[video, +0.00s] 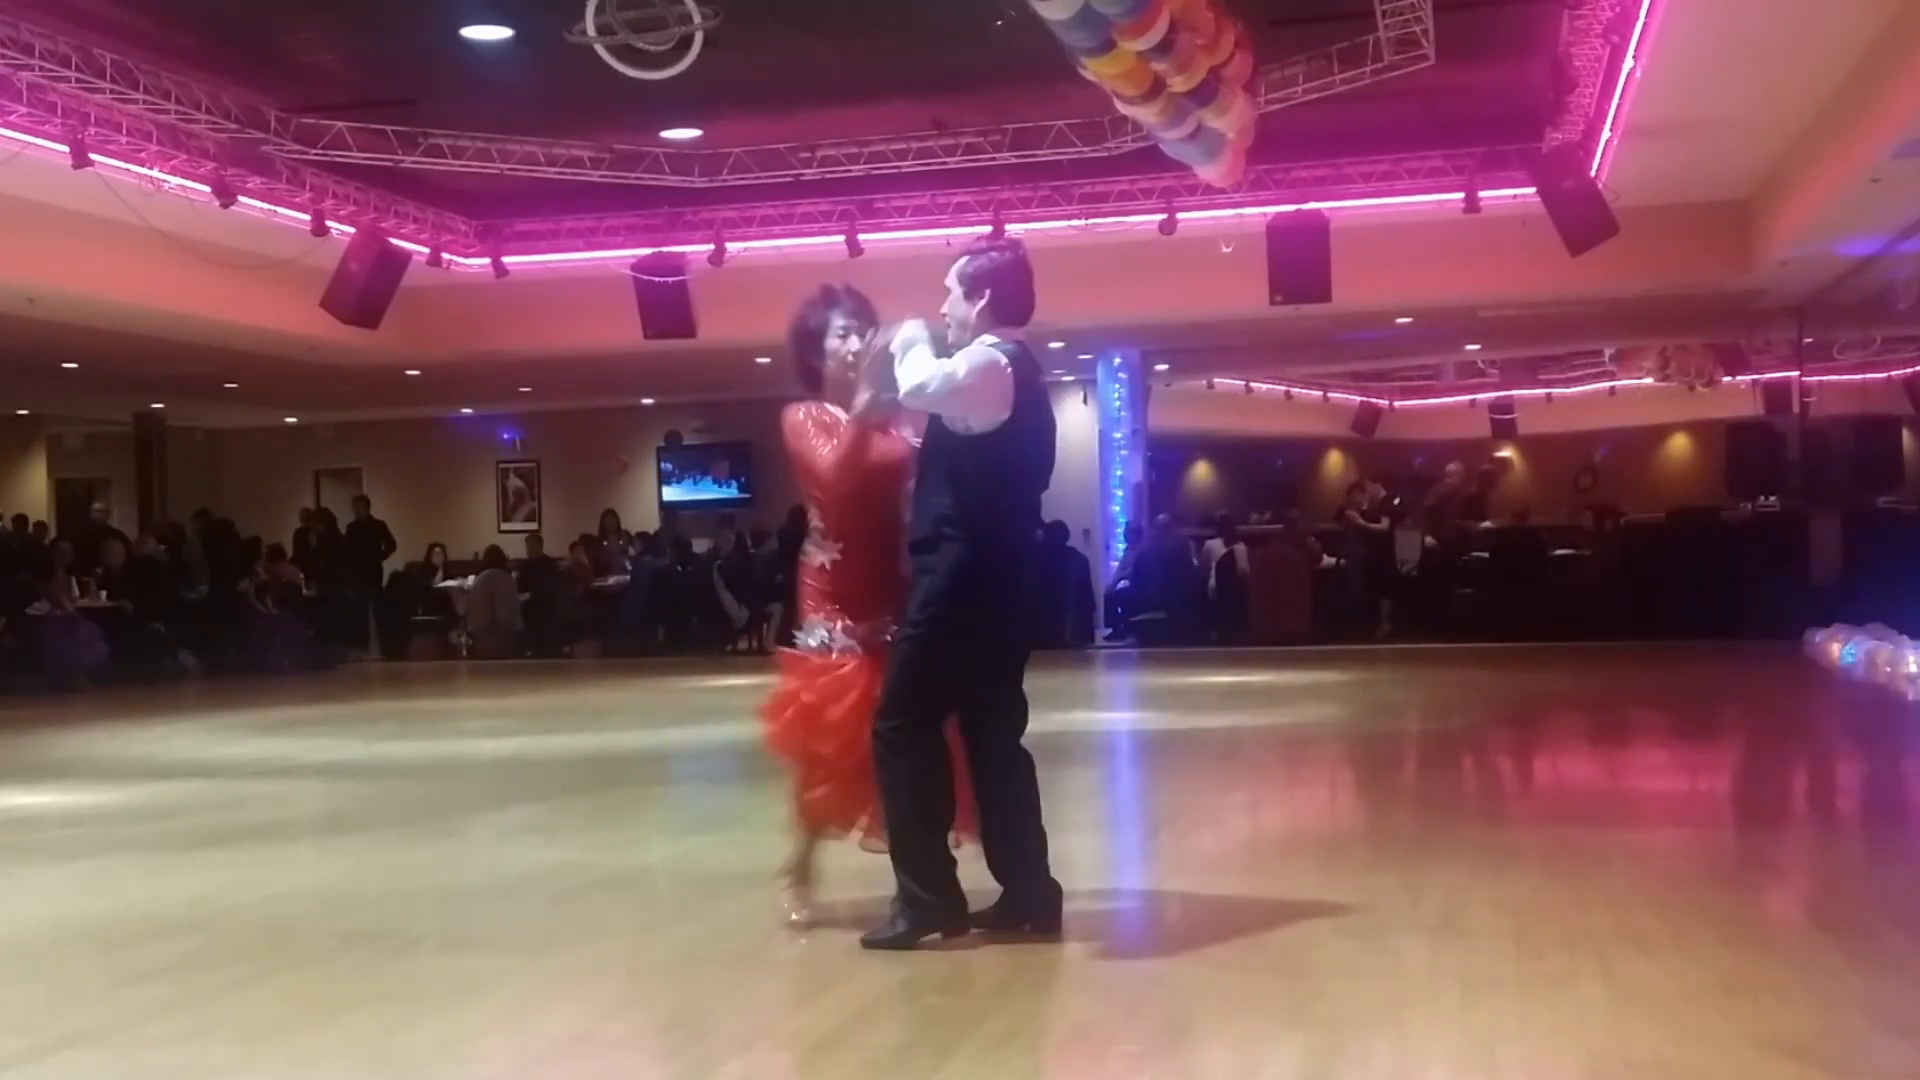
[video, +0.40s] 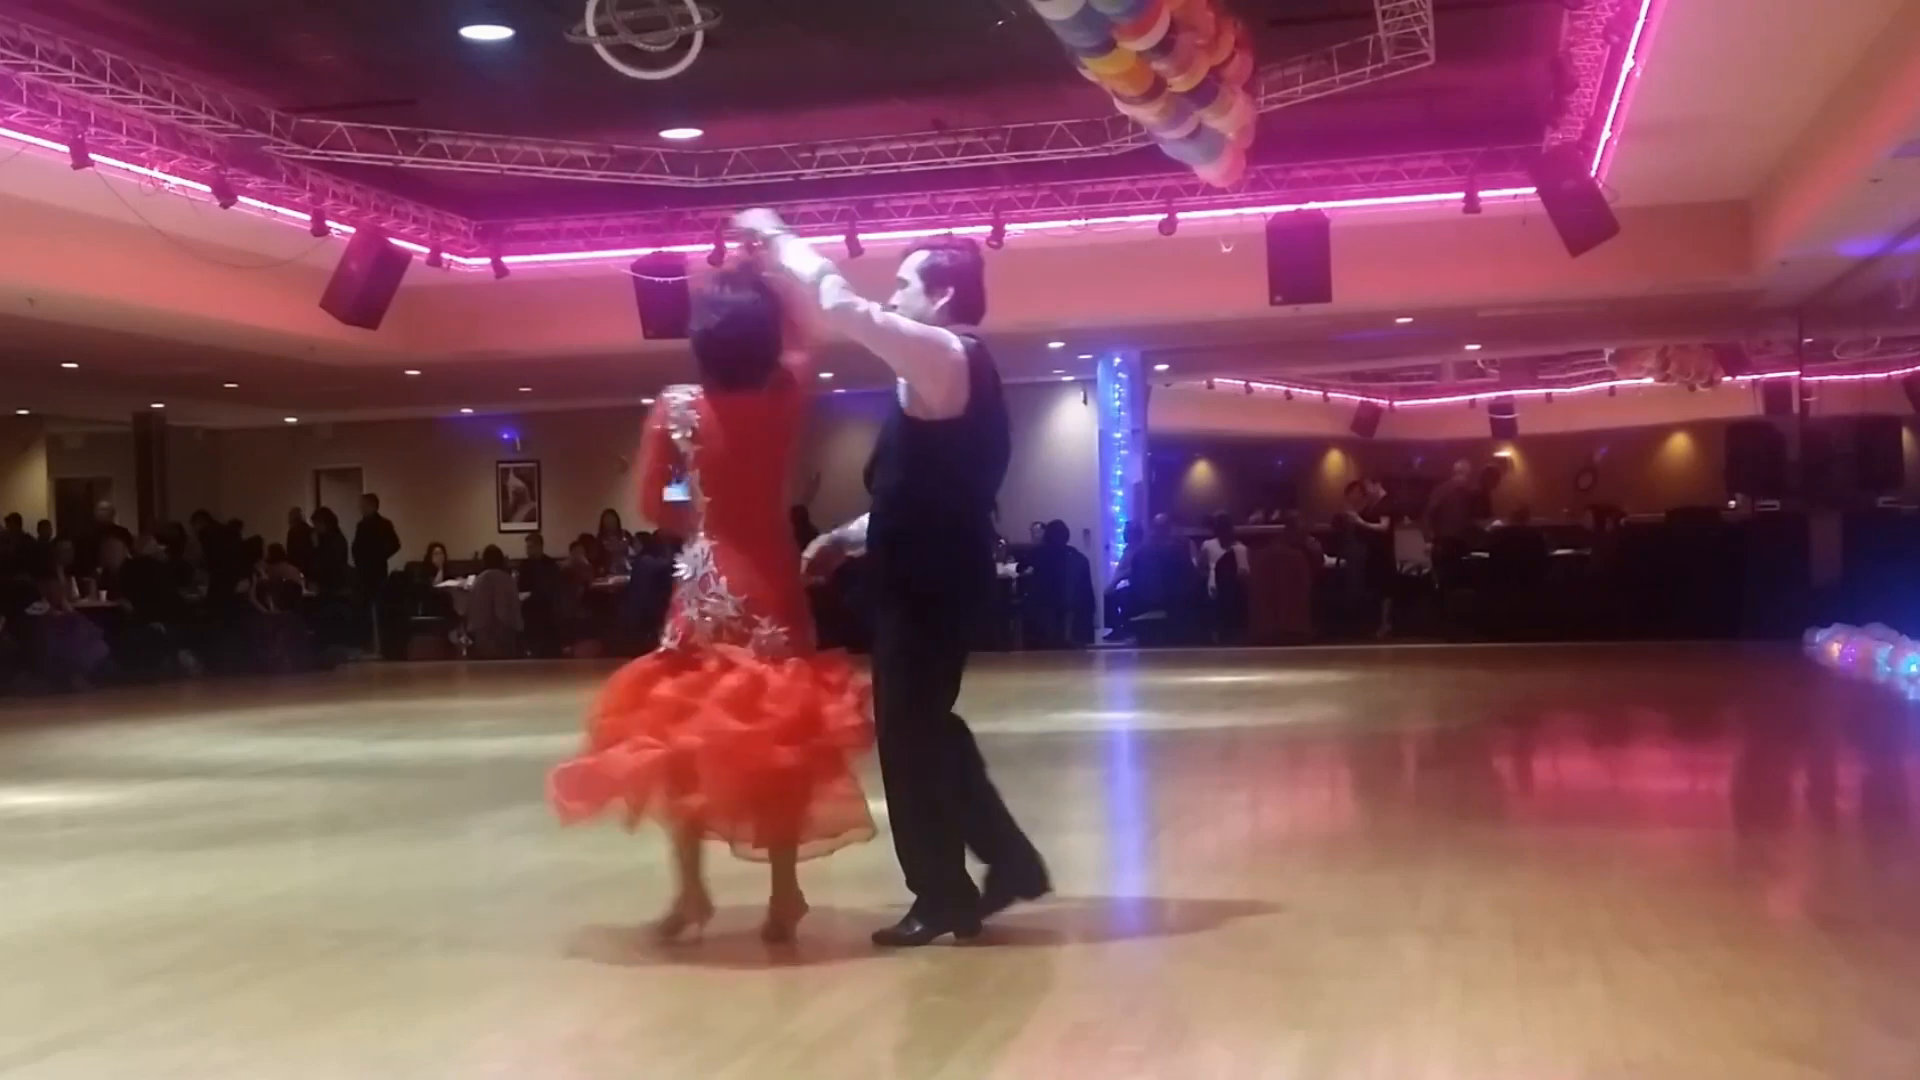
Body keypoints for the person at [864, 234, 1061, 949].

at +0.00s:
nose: (942, 306)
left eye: (950, 294)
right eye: (946, 294)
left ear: (981, 297)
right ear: (1005, 299)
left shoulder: (985, 362)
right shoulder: (1018, 361)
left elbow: (901, 388)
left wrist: (909, 344)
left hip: (962, 571)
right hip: (1002, 569)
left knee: (901, 725)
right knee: (994, 729)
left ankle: (927, 898)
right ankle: (1029, 895)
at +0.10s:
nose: (937, 302)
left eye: (947, 291)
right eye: (941, 292)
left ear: (978, 296)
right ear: (997, 300)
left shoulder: (986, 357)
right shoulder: (999, 360)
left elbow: (910, 357)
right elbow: (944, 468)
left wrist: (905, 306)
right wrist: (859, 490)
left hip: (957, 567)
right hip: (987, 565)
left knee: (901, 731)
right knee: (988, 730)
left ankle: (939, 897)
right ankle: (1031, 896)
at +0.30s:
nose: (908, 296)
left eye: (921, 286)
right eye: (913, 285)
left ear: (958, 298)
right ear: (964, 299)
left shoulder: (958, 356)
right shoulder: (966, 367)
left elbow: (865, 310)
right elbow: (917, 490)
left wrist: (830, 242)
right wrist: (833, 533)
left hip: (933, 574)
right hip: (958, 572)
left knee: (909, 740)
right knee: (963, 730)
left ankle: (944, 899)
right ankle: (1029, 885)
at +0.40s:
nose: (891, 296)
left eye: (905, 285)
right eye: (895, 284)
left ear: (942, 296)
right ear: (949, 300)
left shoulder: (946, 356)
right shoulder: (951, 364)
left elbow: (839, 303)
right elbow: (921, 497)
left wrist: (779, 238)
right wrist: (842, 539)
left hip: (925, 575)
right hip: (934, 571)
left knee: (907, 731)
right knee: (924, 721)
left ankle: (943, 898)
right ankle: (1011, 861)